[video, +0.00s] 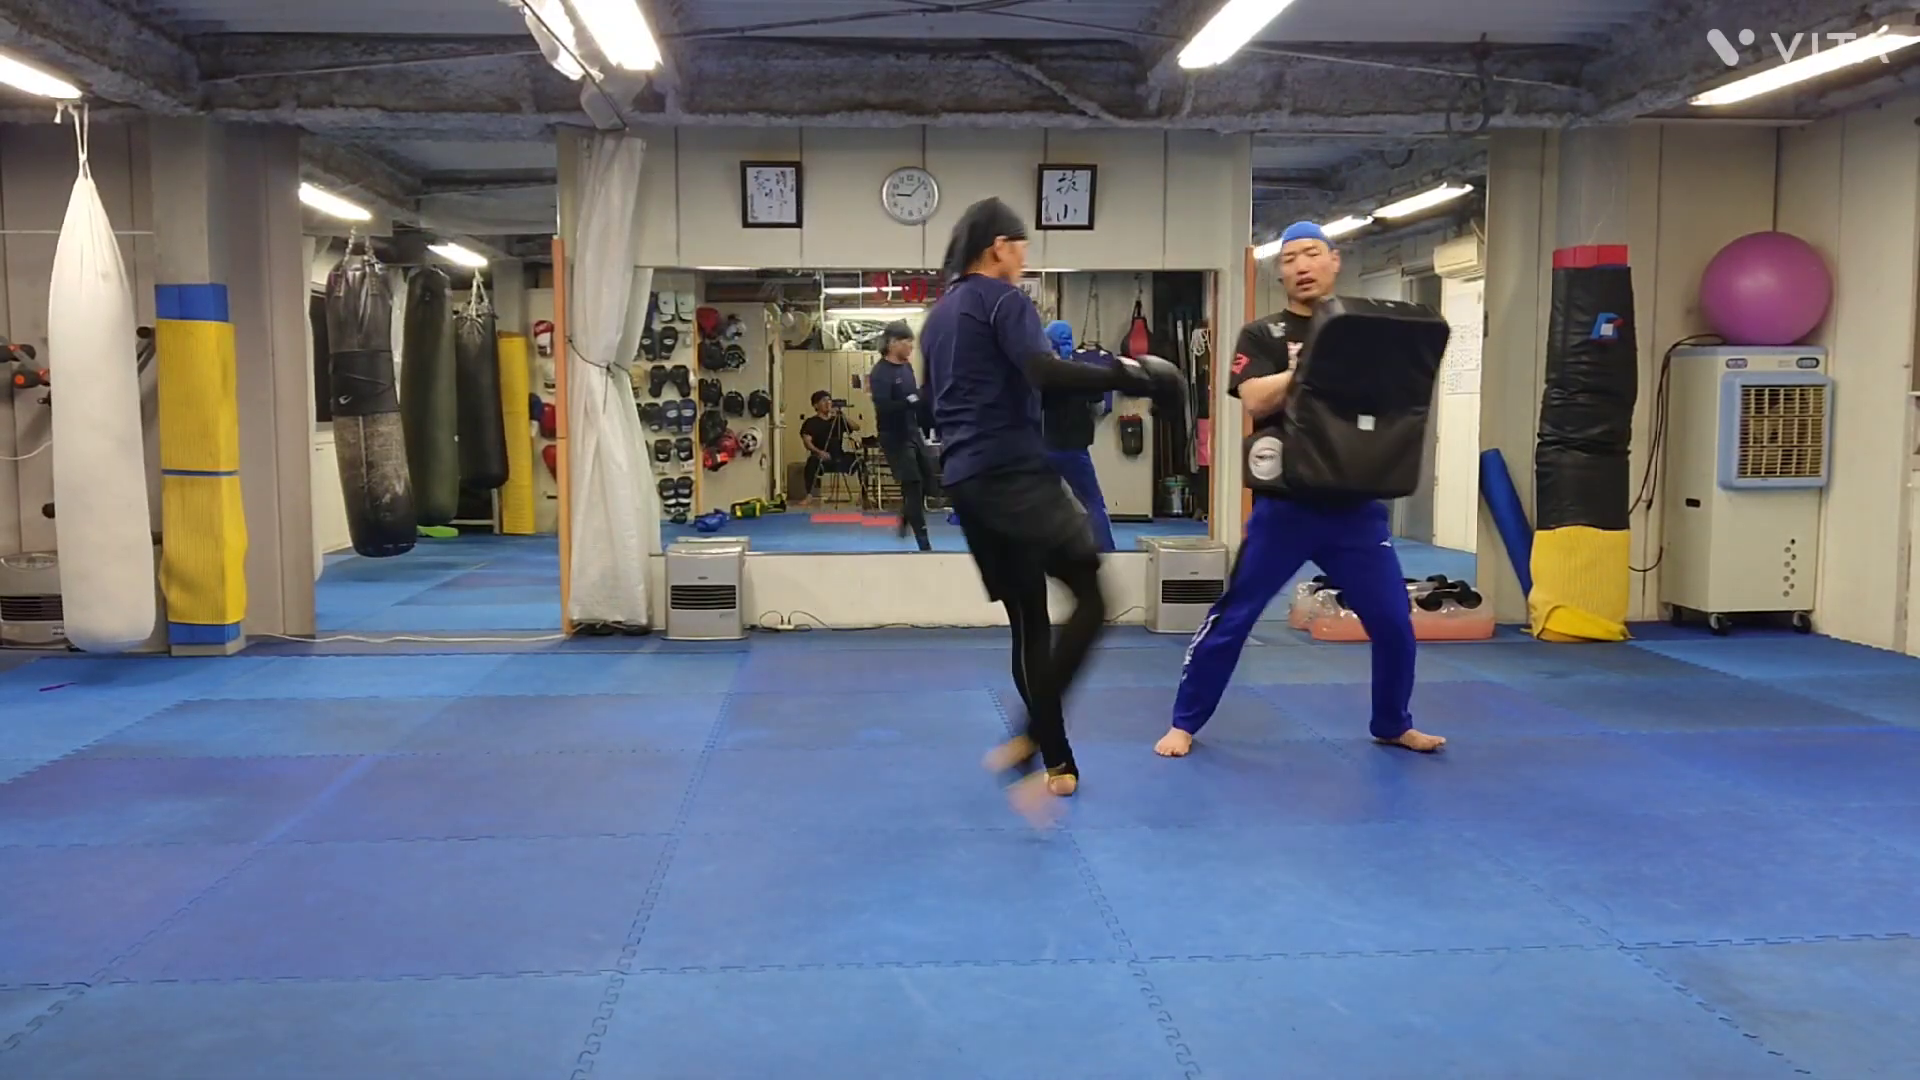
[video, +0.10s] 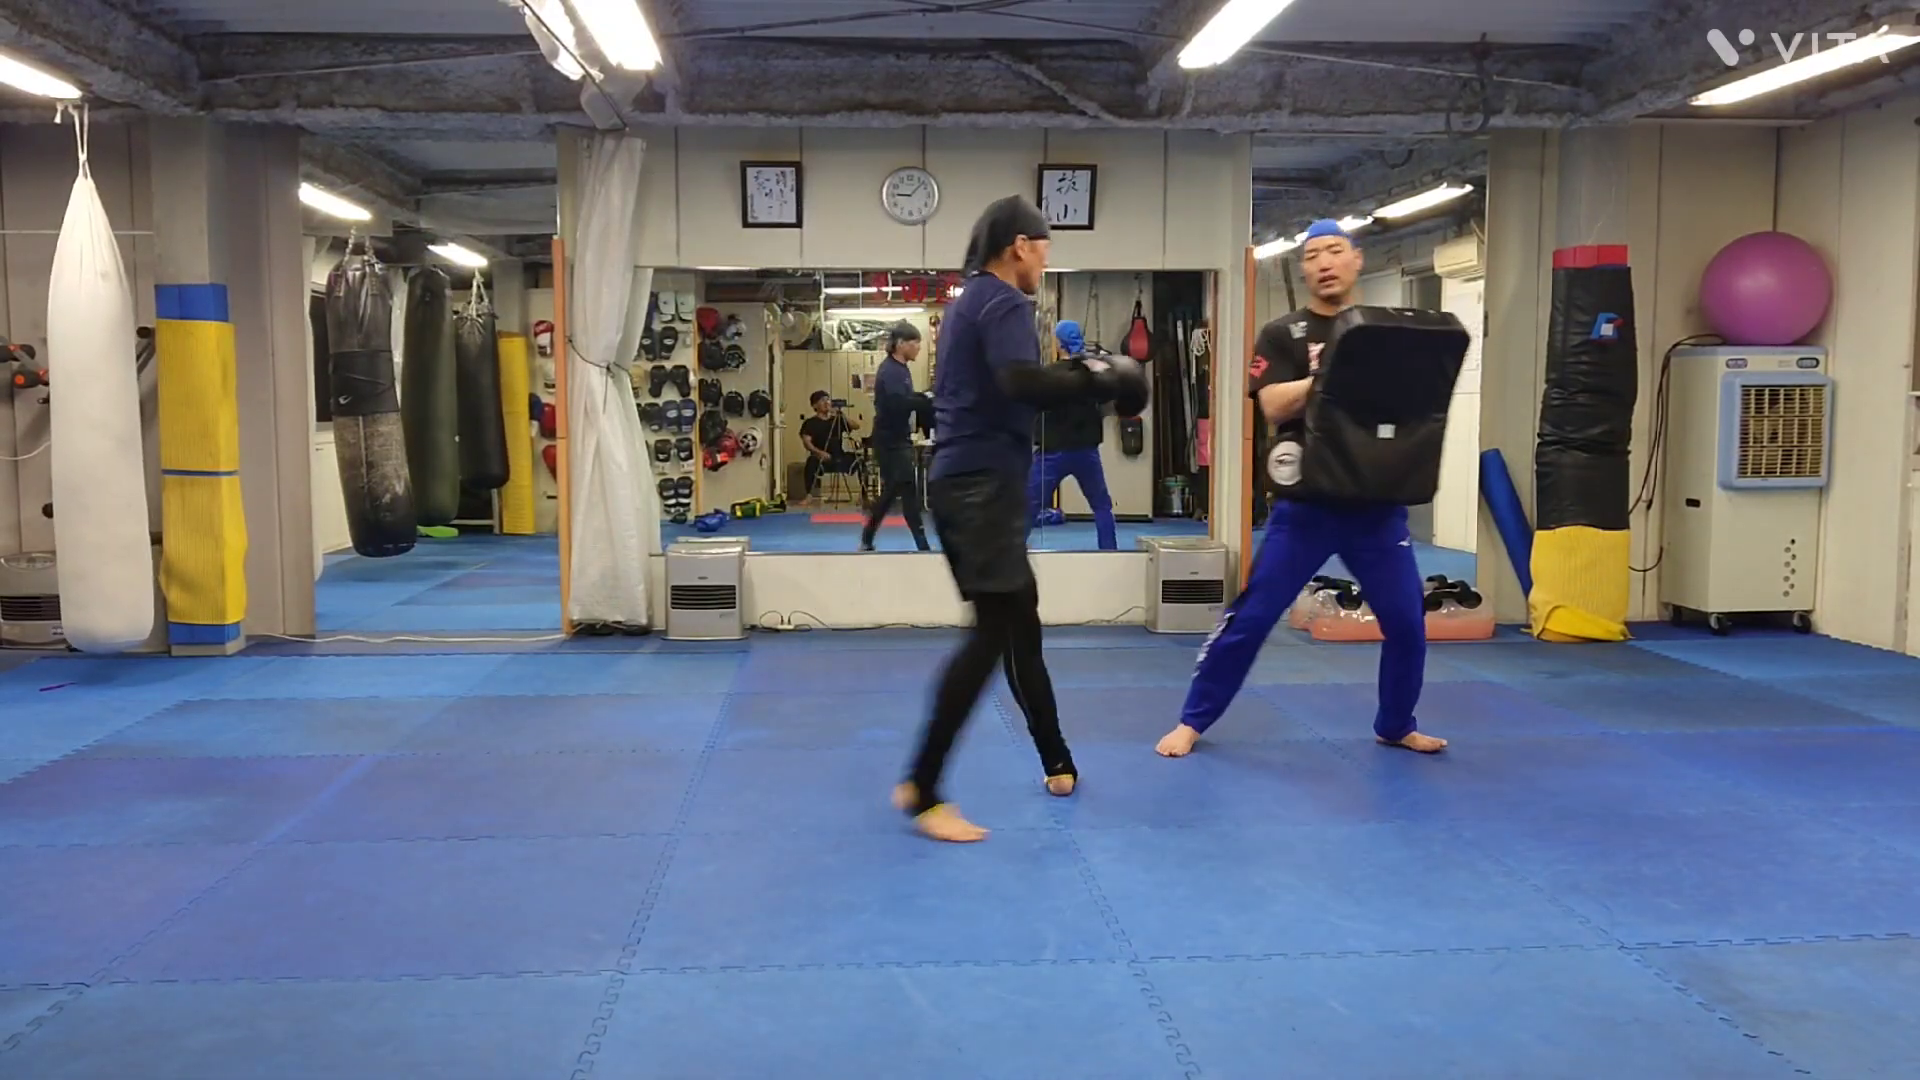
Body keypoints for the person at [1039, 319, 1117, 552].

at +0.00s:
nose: (1068, 345)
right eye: (1068, 341)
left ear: (1048, 342)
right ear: (1070, 341)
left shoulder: (1042, 367)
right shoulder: (1077, 367)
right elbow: (1096, 397)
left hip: (1045, 446)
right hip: (1074, 447)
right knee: (1092, 500)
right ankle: (1105, 547)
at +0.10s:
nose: (1054, 344)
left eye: (1056, 340)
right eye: (1056, 340)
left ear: (1060, 343)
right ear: (1081, 340)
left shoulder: (1052, 373)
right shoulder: (1097, 370)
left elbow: (1038, 406)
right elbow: (1104, 403)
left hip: (1053, 448)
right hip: (1086, 448)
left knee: (1028, 506)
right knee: (1102, 505)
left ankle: (1012, 554)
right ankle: (1109, 556)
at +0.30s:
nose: (1068, 337)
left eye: (1070, 334)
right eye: (1070, 334)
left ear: (1074, 337)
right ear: (1093, 335)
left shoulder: (1062, 368)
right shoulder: (1108, 365)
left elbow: (1051, 405)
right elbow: (1119, 404)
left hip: (1067, 443)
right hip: (1097, 443)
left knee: (1049, 494)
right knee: (1106, 501)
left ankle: (1032, 549)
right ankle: (1110, 552)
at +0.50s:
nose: (1070, 339)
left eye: (1072, 336)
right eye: (1071, 335)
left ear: (1076, 338)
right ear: (1095, 336)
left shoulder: (1065, 367)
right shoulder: (1111, 365)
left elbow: (1055, 401)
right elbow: (1123, 404)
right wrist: (1106, 396)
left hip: (1070, 442)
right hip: (1100, 441)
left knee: (1064, 495)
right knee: (1107, 496)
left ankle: (1067, 546)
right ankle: (1110, 548)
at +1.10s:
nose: (1035, 344)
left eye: (1037, 339)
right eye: (1036, 339)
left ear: (1045, 342)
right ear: (1060, 341)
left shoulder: (1033, 371)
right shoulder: (1079, 369)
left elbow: (1025, 401)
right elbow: (1092, 400)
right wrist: (1070, 403)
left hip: (1045, 438)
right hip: (1073, 436)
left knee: (1056, 493)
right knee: (1074, 487)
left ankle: (1068, 542)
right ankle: (1077, 535)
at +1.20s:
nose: (1030, 343)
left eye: (1033, 339)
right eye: (1031, 338)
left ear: (1043, 342)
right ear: (1057, 342)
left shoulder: (1032, 370)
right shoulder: (1077, 369)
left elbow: (1024, 400)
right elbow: (1083, 400)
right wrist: (1061, 401)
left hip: (1042, 436)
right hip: (1068, 434)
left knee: (1050, 493)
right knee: (1066, 490)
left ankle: (1066, 540)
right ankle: (1071, 535)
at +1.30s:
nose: (1024, 342)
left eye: (1027, 338)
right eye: (1025, 337)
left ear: (1040, 341)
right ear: (1052, 341)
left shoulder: (1031, 370)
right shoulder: (1066, 368)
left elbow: (1013, 403)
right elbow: (1070, 394)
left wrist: (1013, 387)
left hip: (1036, 436)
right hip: (1062, 432)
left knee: (1032, 490)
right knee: (1059, 486)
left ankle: (1062, 526)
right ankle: (1068, 533)